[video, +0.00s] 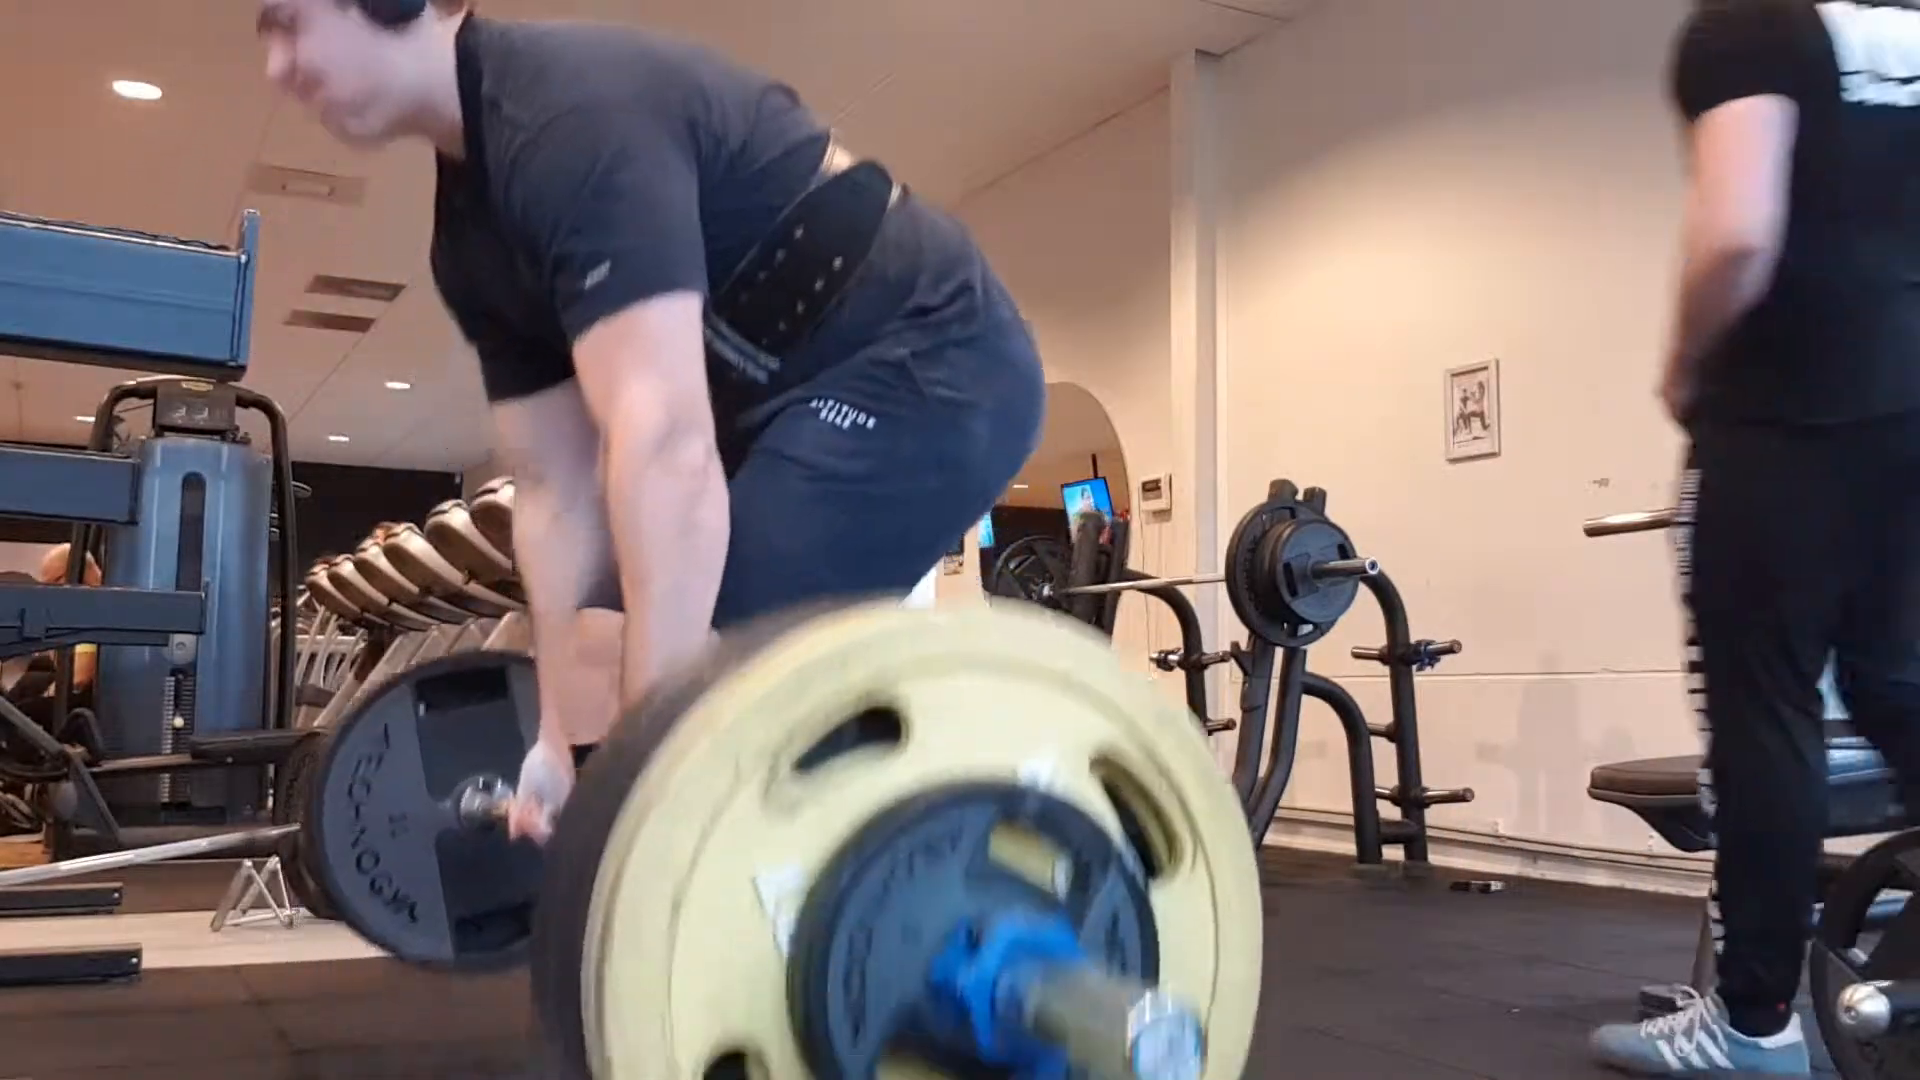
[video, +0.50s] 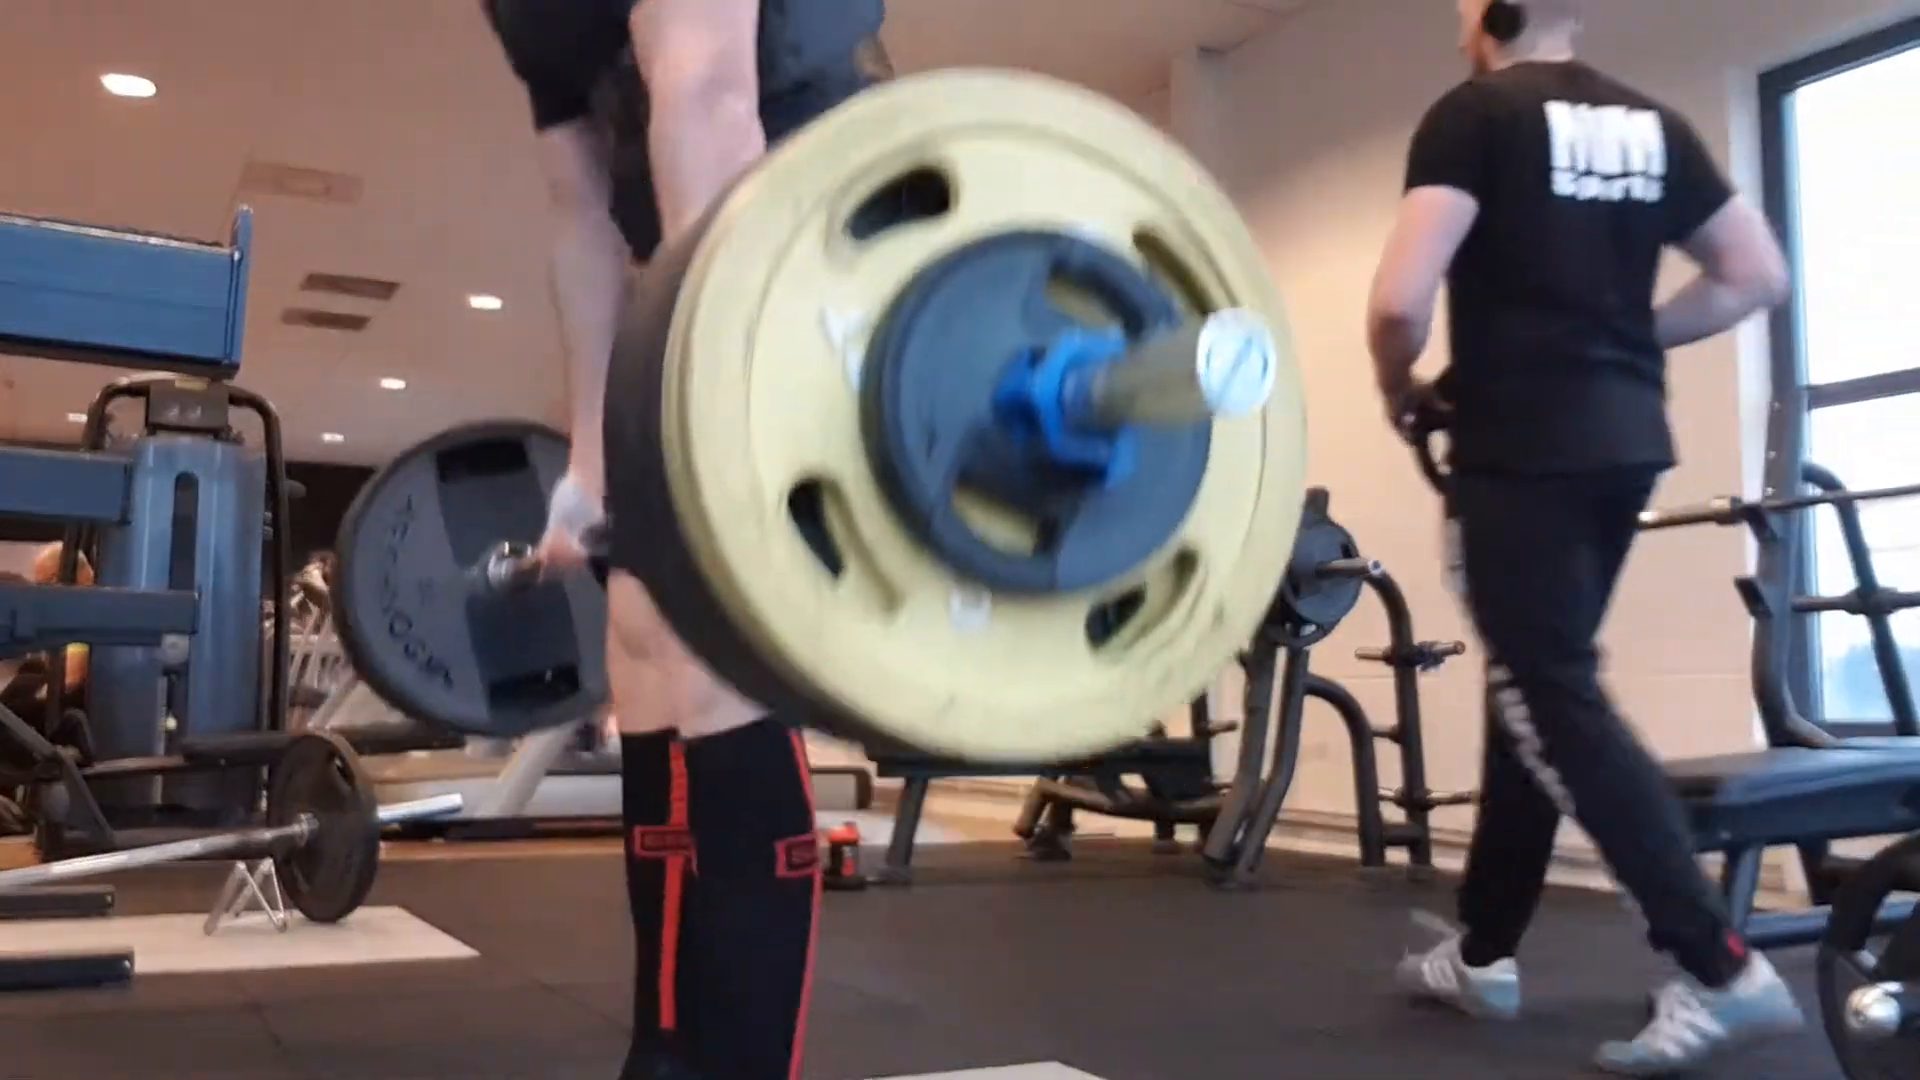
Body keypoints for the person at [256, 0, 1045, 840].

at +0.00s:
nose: (276, 68)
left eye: (289, 23)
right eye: (268, 37)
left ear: (405, 2)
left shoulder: (581, 116)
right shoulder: (470, 221)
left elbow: (667, 446)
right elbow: (549, 483)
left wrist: (670, 756)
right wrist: (561, 735)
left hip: (915, 364)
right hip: (787, 403)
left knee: (722, 694)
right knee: (592, 645)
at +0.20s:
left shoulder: (592, 21)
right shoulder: (483, 120)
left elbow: (676, 320)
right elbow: (559, 386)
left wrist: (678, 617)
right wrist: (570, 640)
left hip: (904, 319)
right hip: (765, 354)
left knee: (752, 672)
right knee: (683, 684)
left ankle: (708, 1033)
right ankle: (687, 1028)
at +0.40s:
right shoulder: (506, 22)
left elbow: (693, 177)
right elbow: (570, 251)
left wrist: (708, 509)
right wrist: (587, 511)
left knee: (724, 693)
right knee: (680, 696)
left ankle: (712, 1049)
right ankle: (690, 1045)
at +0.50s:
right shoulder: (531, 17)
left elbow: (710, 98)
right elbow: (582, 199)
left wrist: (748, 405)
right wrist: (587, 467)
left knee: (688, 661)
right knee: (649, 653)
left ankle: (712, 1053)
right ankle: (679, 1042)